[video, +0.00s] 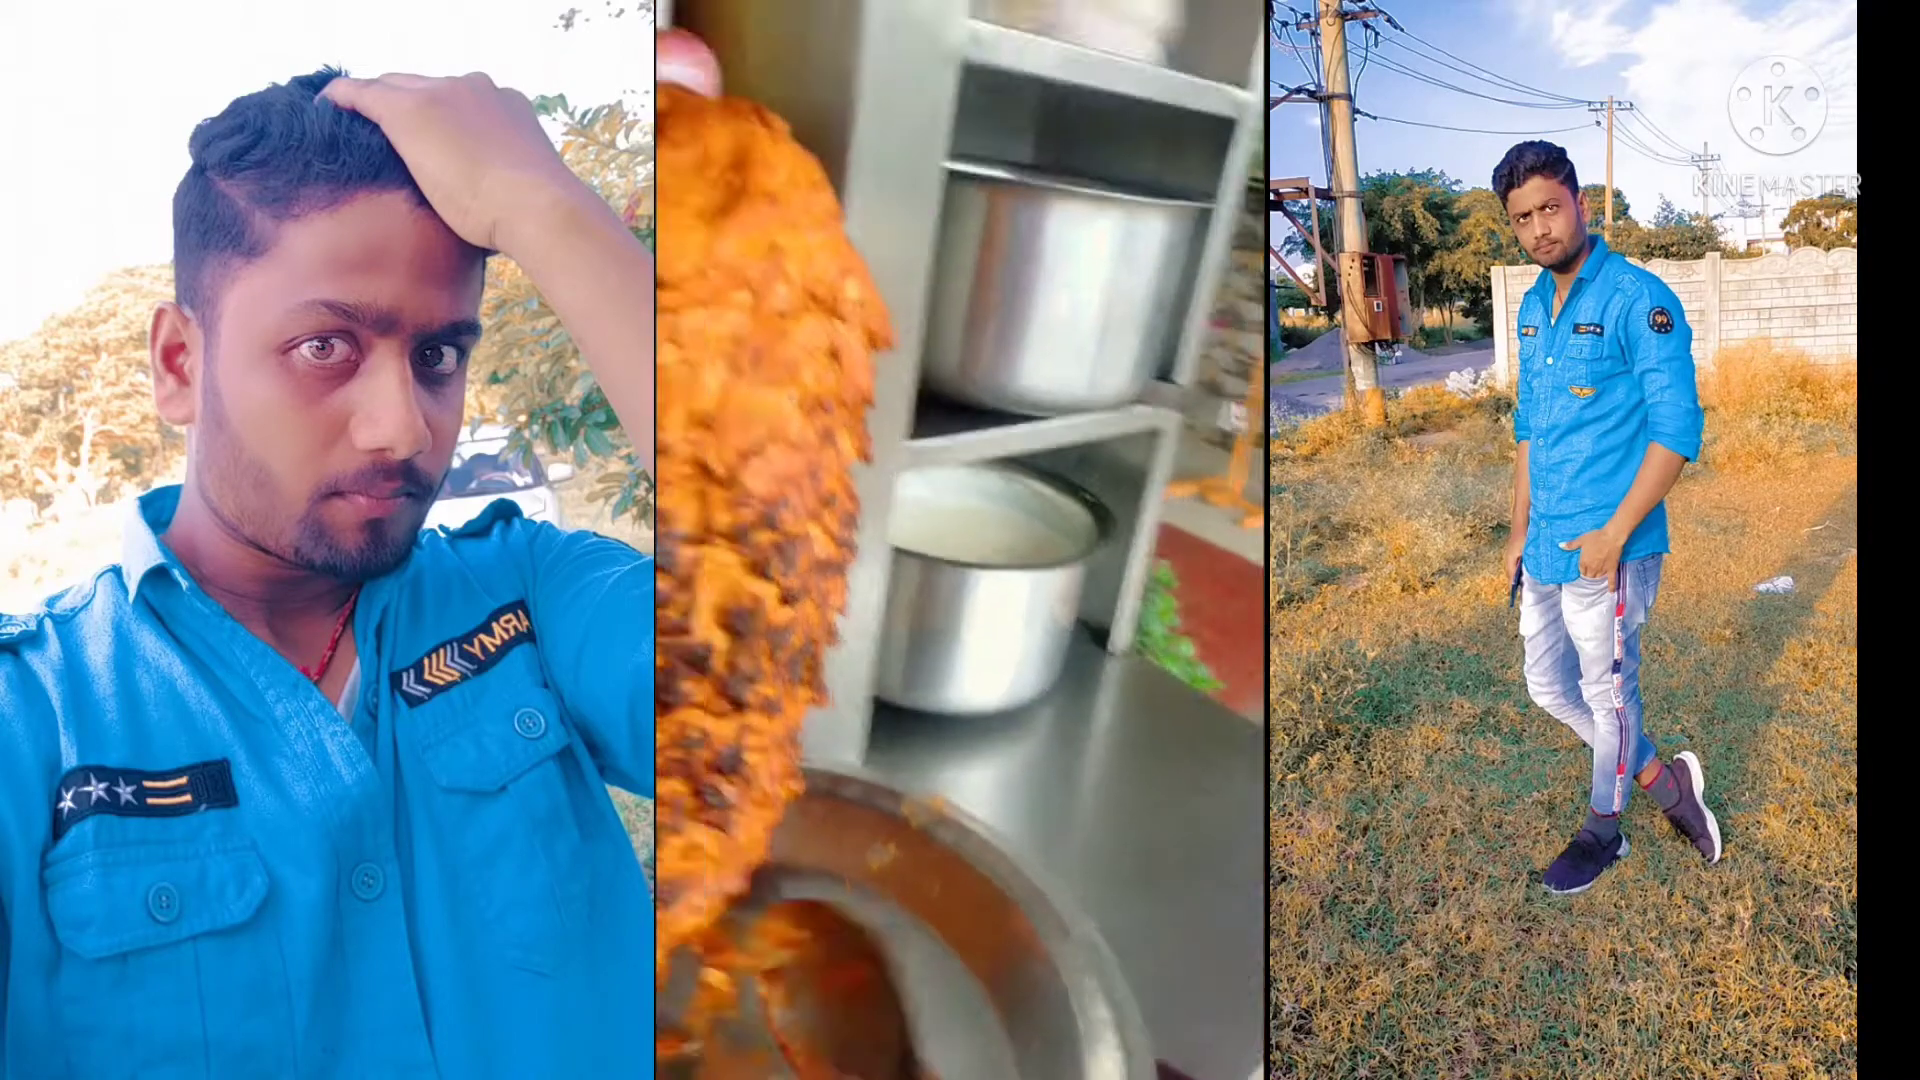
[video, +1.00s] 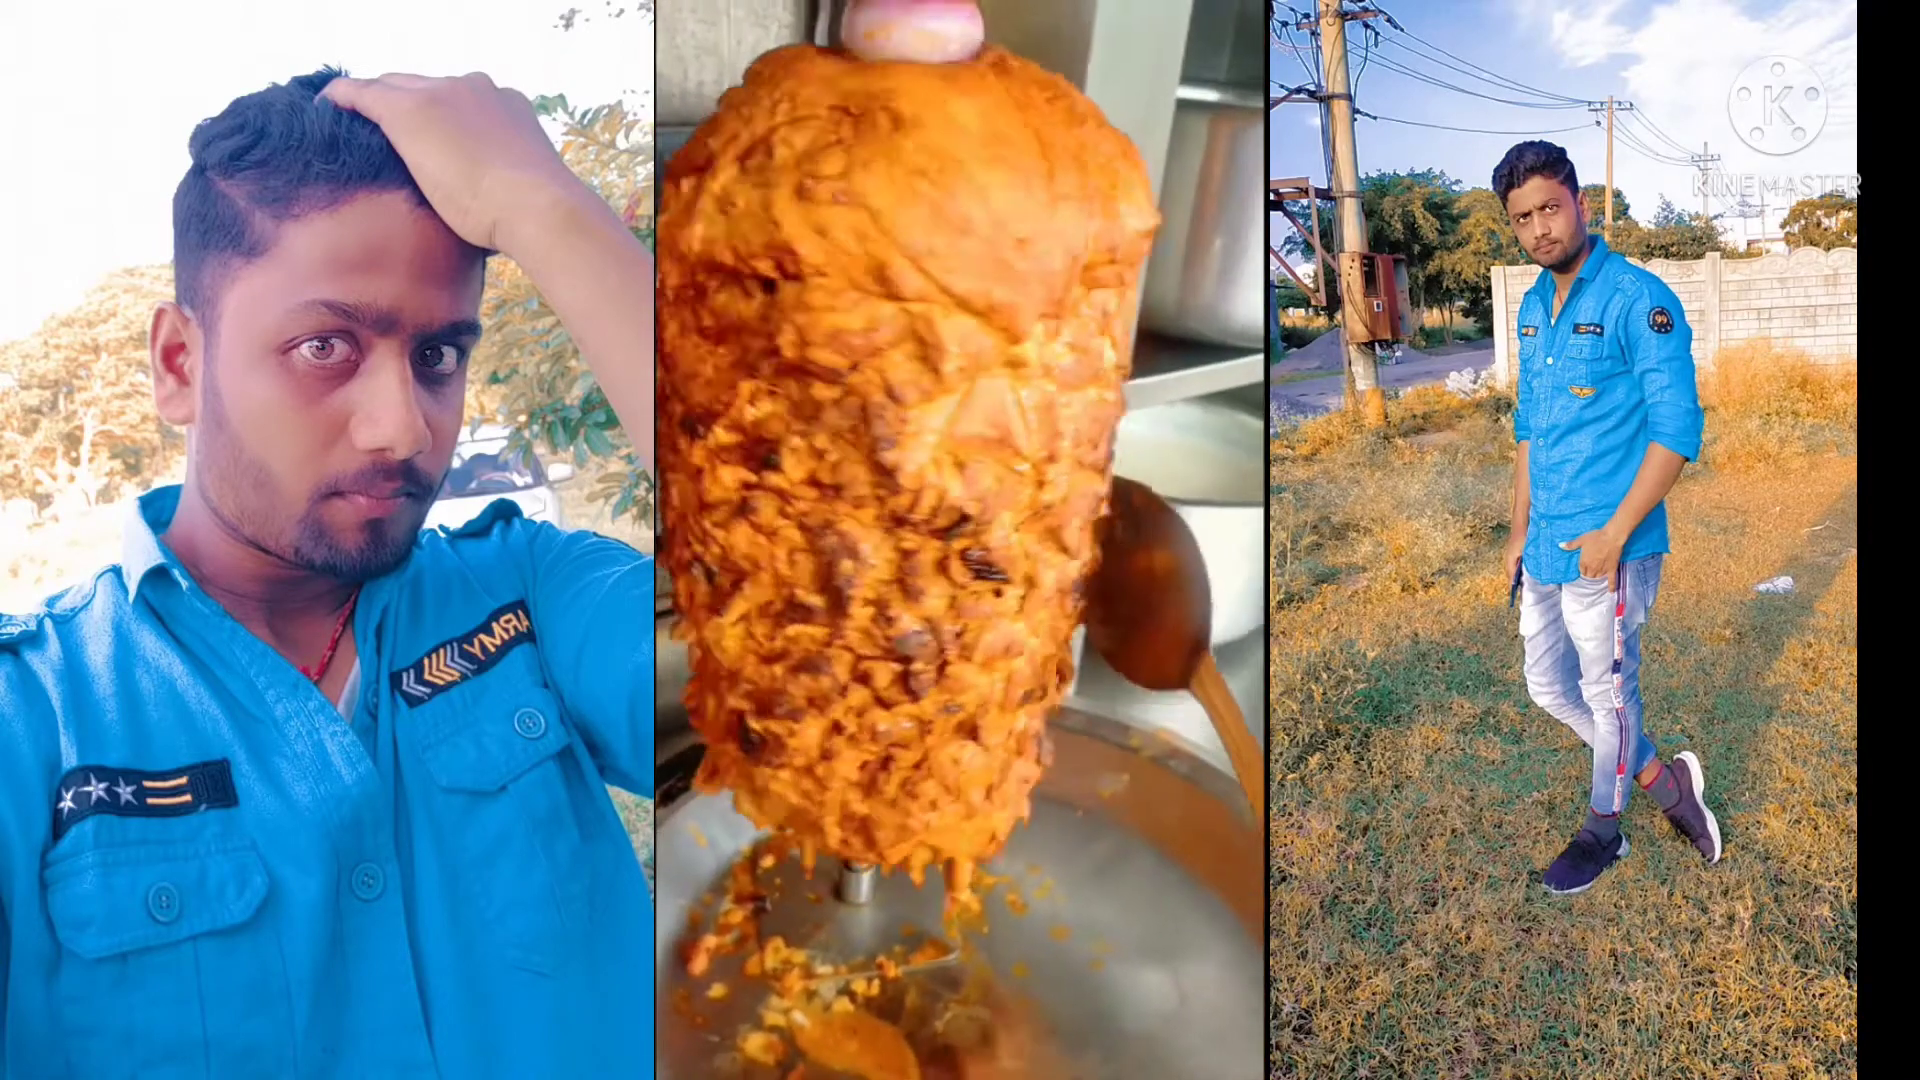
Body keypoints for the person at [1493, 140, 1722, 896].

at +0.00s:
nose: (1537, 229)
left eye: (1548, 208)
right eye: (1522, 219)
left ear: (1582, 202)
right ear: (1513, 228)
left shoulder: (1641, 299)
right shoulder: (1534, 307)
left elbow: (1678, 432)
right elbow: (1529, 431)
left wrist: (1615, 533)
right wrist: (1520, 529)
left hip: (1611, 537)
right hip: (1544, 538)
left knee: (1610, 691)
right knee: (1549, 685)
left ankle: (1602, 827)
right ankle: (1666, 778)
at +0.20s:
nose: (1537, 229)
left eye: (1548, 208)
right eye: (1522, 219)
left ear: (1582, 202)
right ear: (1513, 229)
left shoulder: (1641, 299)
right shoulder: (1534, 307)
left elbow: (1678, 432)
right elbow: (1529, 431)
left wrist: (1615, 533)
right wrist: (1520, 529)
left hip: (1611, 537)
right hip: (1544, 538)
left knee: (1610, 691)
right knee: (1549, 685)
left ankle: (1602, 827)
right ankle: (1665, 778)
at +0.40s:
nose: (1537, 229)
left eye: (1548, 208)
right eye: (1522, 219)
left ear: (1582, 202)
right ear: (1513, 229)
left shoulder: (1641, 299)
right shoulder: (1534, 307)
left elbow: (1678, 432)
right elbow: (1529, 431)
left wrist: (1615, 533)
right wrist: (1520, 528)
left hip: (1611, 537)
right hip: (1544, 538)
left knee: (1610, 691)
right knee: (1549, 685)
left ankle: (1602, 827)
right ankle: (1665, 778)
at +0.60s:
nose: (1537, 229)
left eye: (1549, 208)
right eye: (1522, 219)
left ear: (1582, 203)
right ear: (1513, 229)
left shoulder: (1640, 299)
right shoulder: (1534, 308)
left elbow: (1678, 432)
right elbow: (1529, 432)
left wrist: (1615, 533)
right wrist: (1520, 530)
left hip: (1611, 537)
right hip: (1544, 538)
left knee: (1610, 690)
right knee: (1549, 684)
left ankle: (1602, 828)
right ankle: (1665, 778)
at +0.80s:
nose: (1537, 229)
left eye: (1548, 208)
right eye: (1522, 219)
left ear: (1582, 202)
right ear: (1513, 229)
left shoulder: (1641, 299)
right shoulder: (1534, 307)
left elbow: (1678, 432)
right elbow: (1529, 431)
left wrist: (1615, 533)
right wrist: (1520, 528)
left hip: (1611, 537)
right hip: (1544, 538)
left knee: (1610, 690)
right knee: (1549, 685)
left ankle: (1602, 827)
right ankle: (1665, 778)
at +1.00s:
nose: (1537, 229)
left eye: (1548, 208)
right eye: (1522, 219)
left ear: (1582, 202)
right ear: (1513, 228)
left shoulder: (1641, 299)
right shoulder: (1534, 306)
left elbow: (1678, 432)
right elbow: (1529, 430)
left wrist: (1616, 532)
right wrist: (1520, 529)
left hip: (1611, 538)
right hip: (1544, 539)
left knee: (1610, 691)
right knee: (1549, 685)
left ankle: (1602, 827)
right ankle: (1664, 777)